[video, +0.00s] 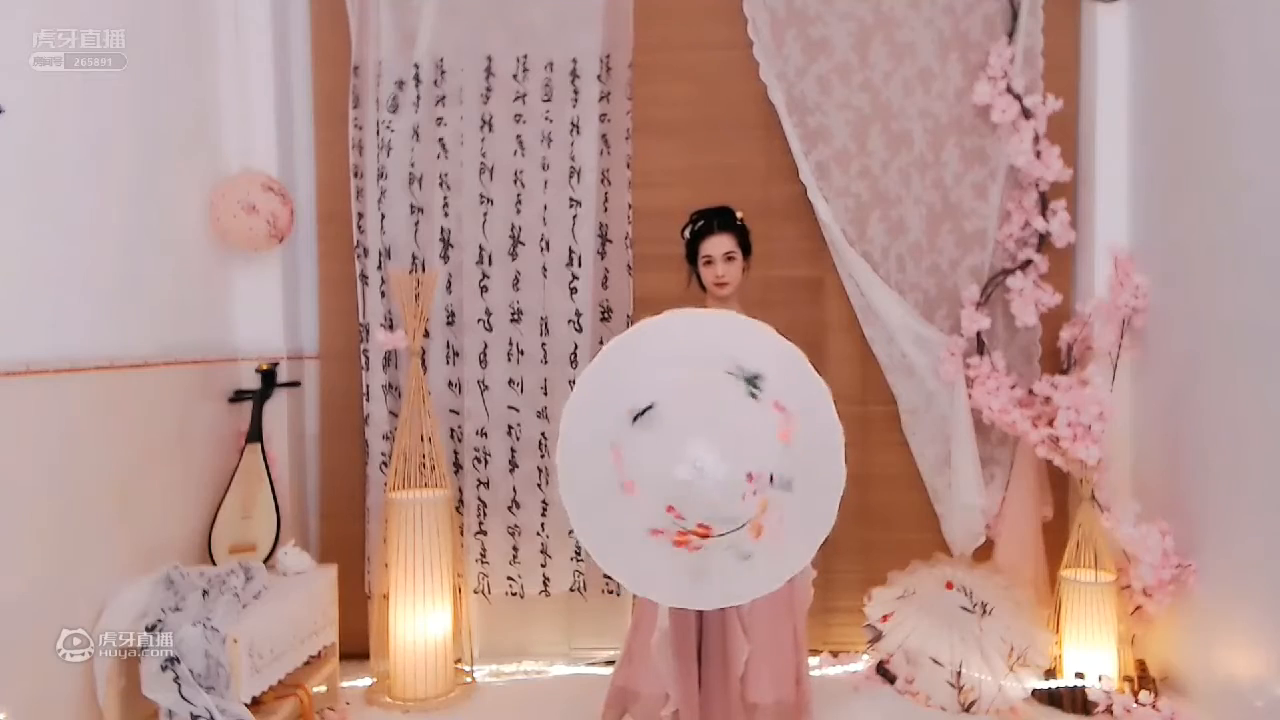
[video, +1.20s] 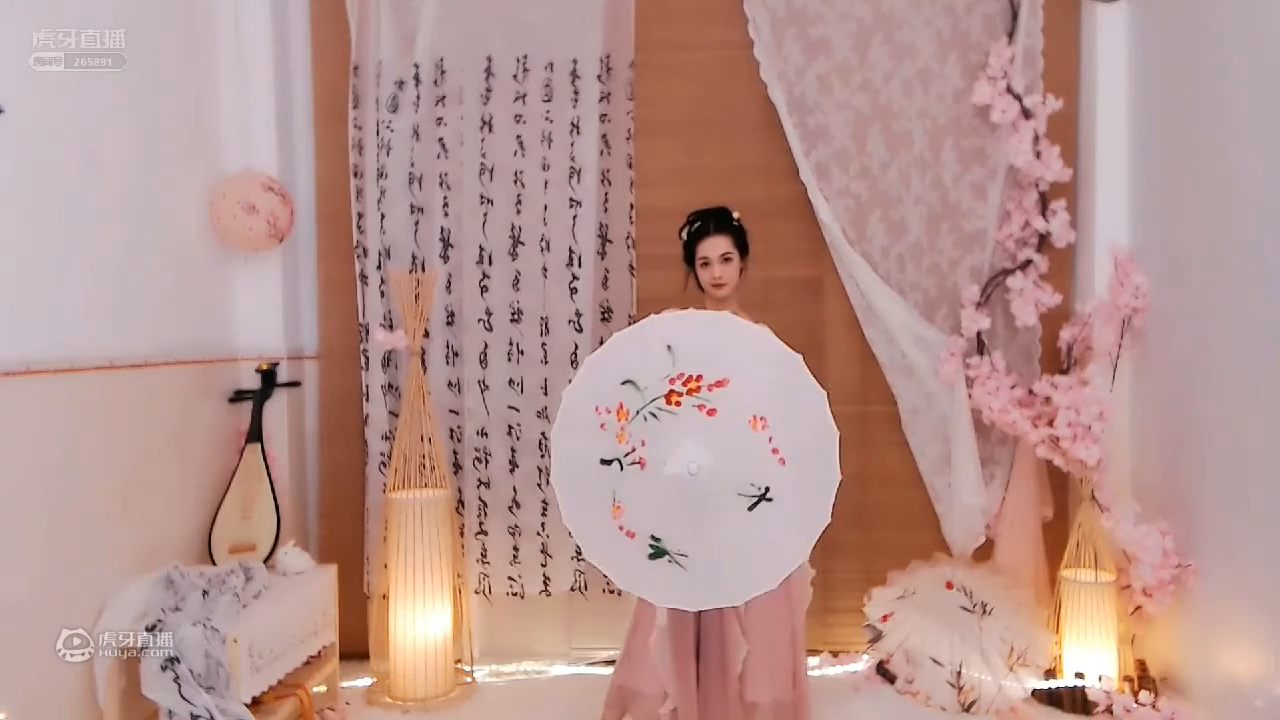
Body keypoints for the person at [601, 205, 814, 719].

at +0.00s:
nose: (718, 270)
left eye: (729, 258)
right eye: (708, 260)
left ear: (745, 263)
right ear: (695, 268)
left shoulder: (761, 339)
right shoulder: (673, 337)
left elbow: (786, 430)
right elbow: (651, 421)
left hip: (750, 485)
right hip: (683, 483)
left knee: (747, 605)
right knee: (683, 606)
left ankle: (747, 709)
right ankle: (679, 710)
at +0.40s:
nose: (719, 271)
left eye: (729, 258)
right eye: (708, 260)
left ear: (745, 263)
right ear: (695, 267)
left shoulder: (764, 340)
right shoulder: (672, 337)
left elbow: (789, 431)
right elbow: (646, 420)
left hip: (752, 493)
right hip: (684, 492)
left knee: (750, 612)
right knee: (683, 613)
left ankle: (749, 710)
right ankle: (679, 711)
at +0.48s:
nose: (718, 271)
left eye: (728, 258)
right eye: (707, 261)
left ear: (745, 263)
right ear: (694, 267)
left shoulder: (764, 343)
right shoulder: (673, 334)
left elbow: (793, 430)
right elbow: (640, 415)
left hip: (752, 495)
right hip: (682, 495)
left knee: (749, 614)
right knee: (682, 614)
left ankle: (748, 711)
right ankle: (679, 712)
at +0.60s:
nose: (718, 271)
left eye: (728, 258)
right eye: (707, 261)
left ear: (744, 263)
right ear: (694, 267)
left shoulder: (766, 343)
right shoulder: (671, 333)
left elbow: (796, 430)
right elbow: (635, 415)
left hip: (752, 499)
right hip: (682, 498)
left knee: (750, 618)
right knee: (681, 620)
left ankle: (747, 712)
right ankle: (677, 713)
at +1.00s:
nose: (716, 272)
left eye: (726, 259)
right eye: (705, 262)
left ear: (742, 263)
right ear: (693, 268)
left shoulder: (761, 339)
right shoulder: (674, 333)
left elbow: (786, 427)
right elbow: (649, 418)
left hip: (747, 490)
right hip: (685, 486)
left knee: (746, 604)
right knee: (681, 604)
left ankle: (745, 710)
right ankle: (678, 711)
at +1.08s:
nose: (716, 271)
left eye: (726, 259)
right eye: (705, 261)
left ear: (742, 263)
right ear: (693, 268)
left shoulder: (760, 337)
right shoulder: (672, 334)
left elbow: (785, 427)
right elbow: (647, 417)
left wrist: (786, 511)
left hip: (746, 492)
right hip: (683, 489)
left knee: (745, 608)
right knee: (680, 608)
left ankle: (744, 710)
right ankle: (677, 711)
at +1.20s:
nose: (716, 272)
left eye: (726, 259)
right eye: (705, 262)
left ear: (742, 264)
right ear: (692, 268)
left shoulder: (759, 338)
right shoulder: (671, 333)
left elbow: (783, 427)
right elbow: (644, 417)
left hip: (744, 490)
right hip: (682, 487)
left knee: (743, 606)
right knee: (679, 605)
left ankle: (743, 710)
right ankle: (676, 710)